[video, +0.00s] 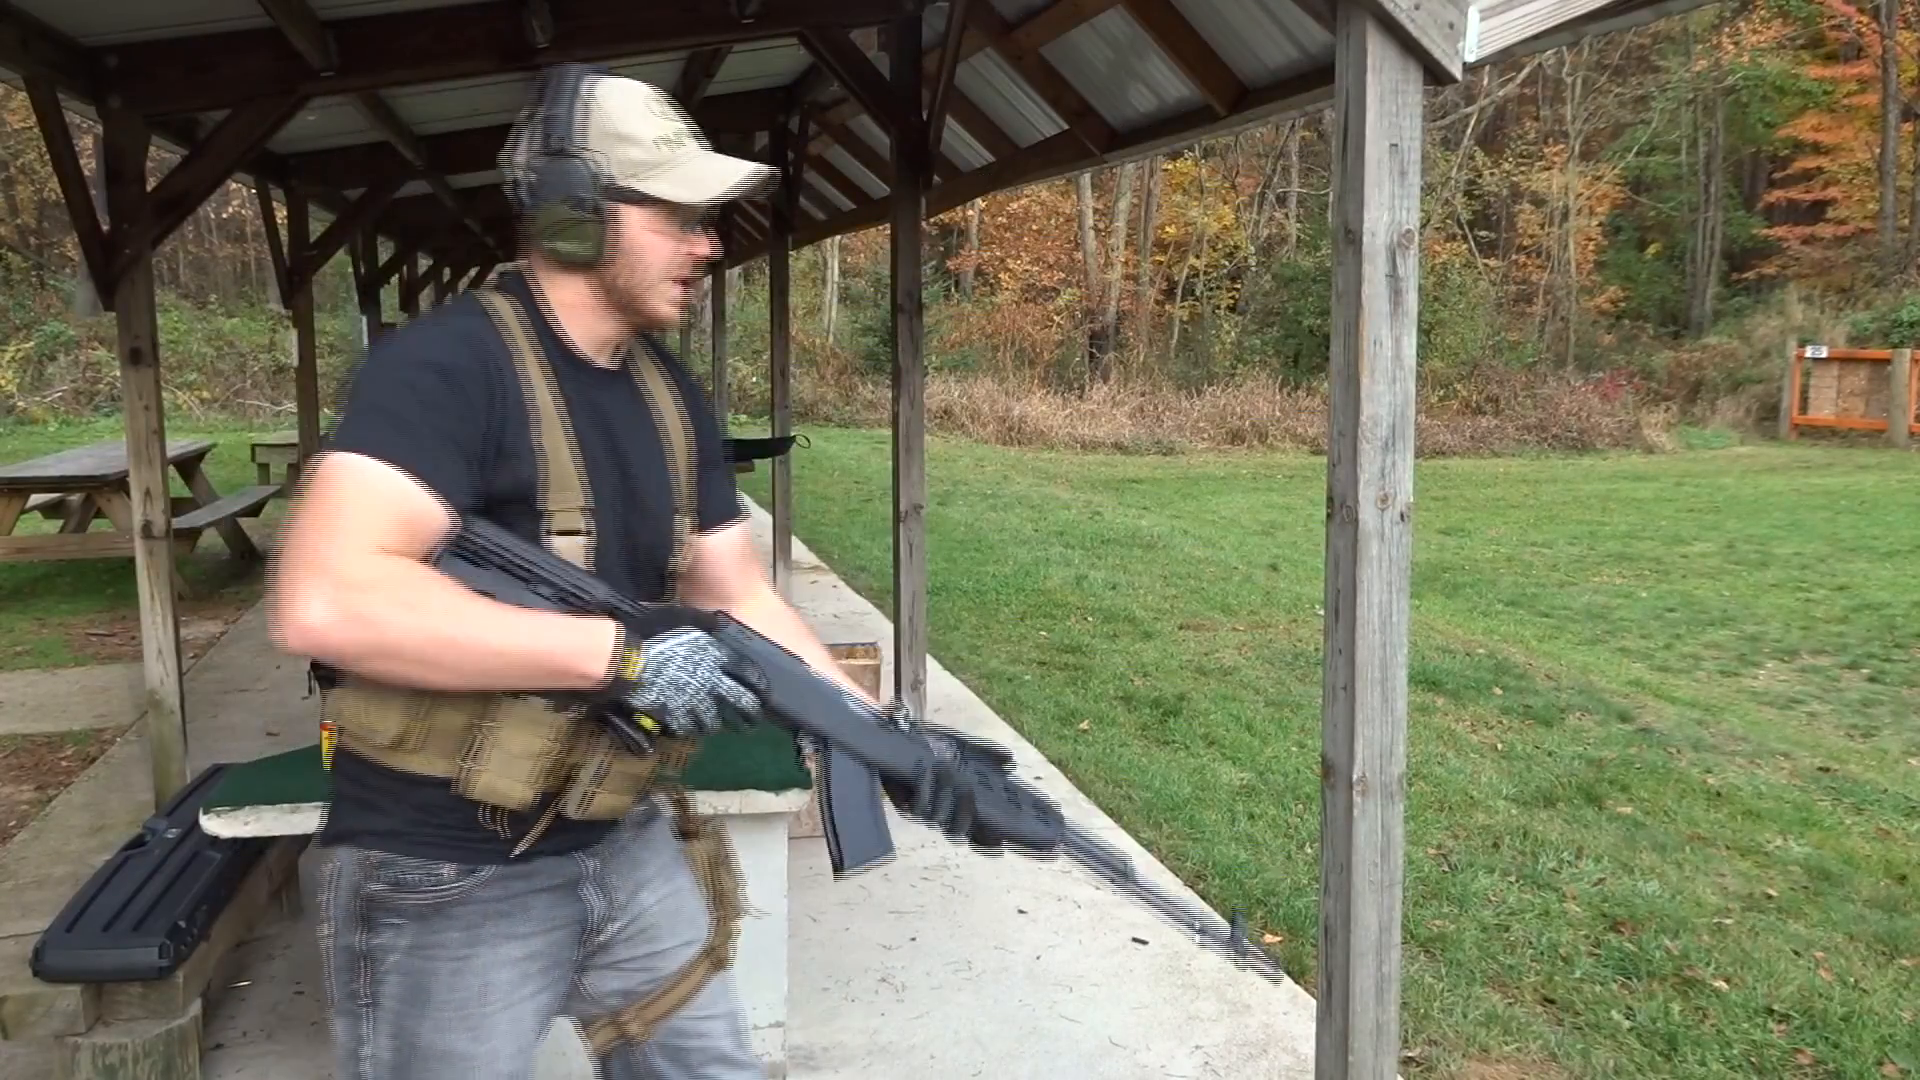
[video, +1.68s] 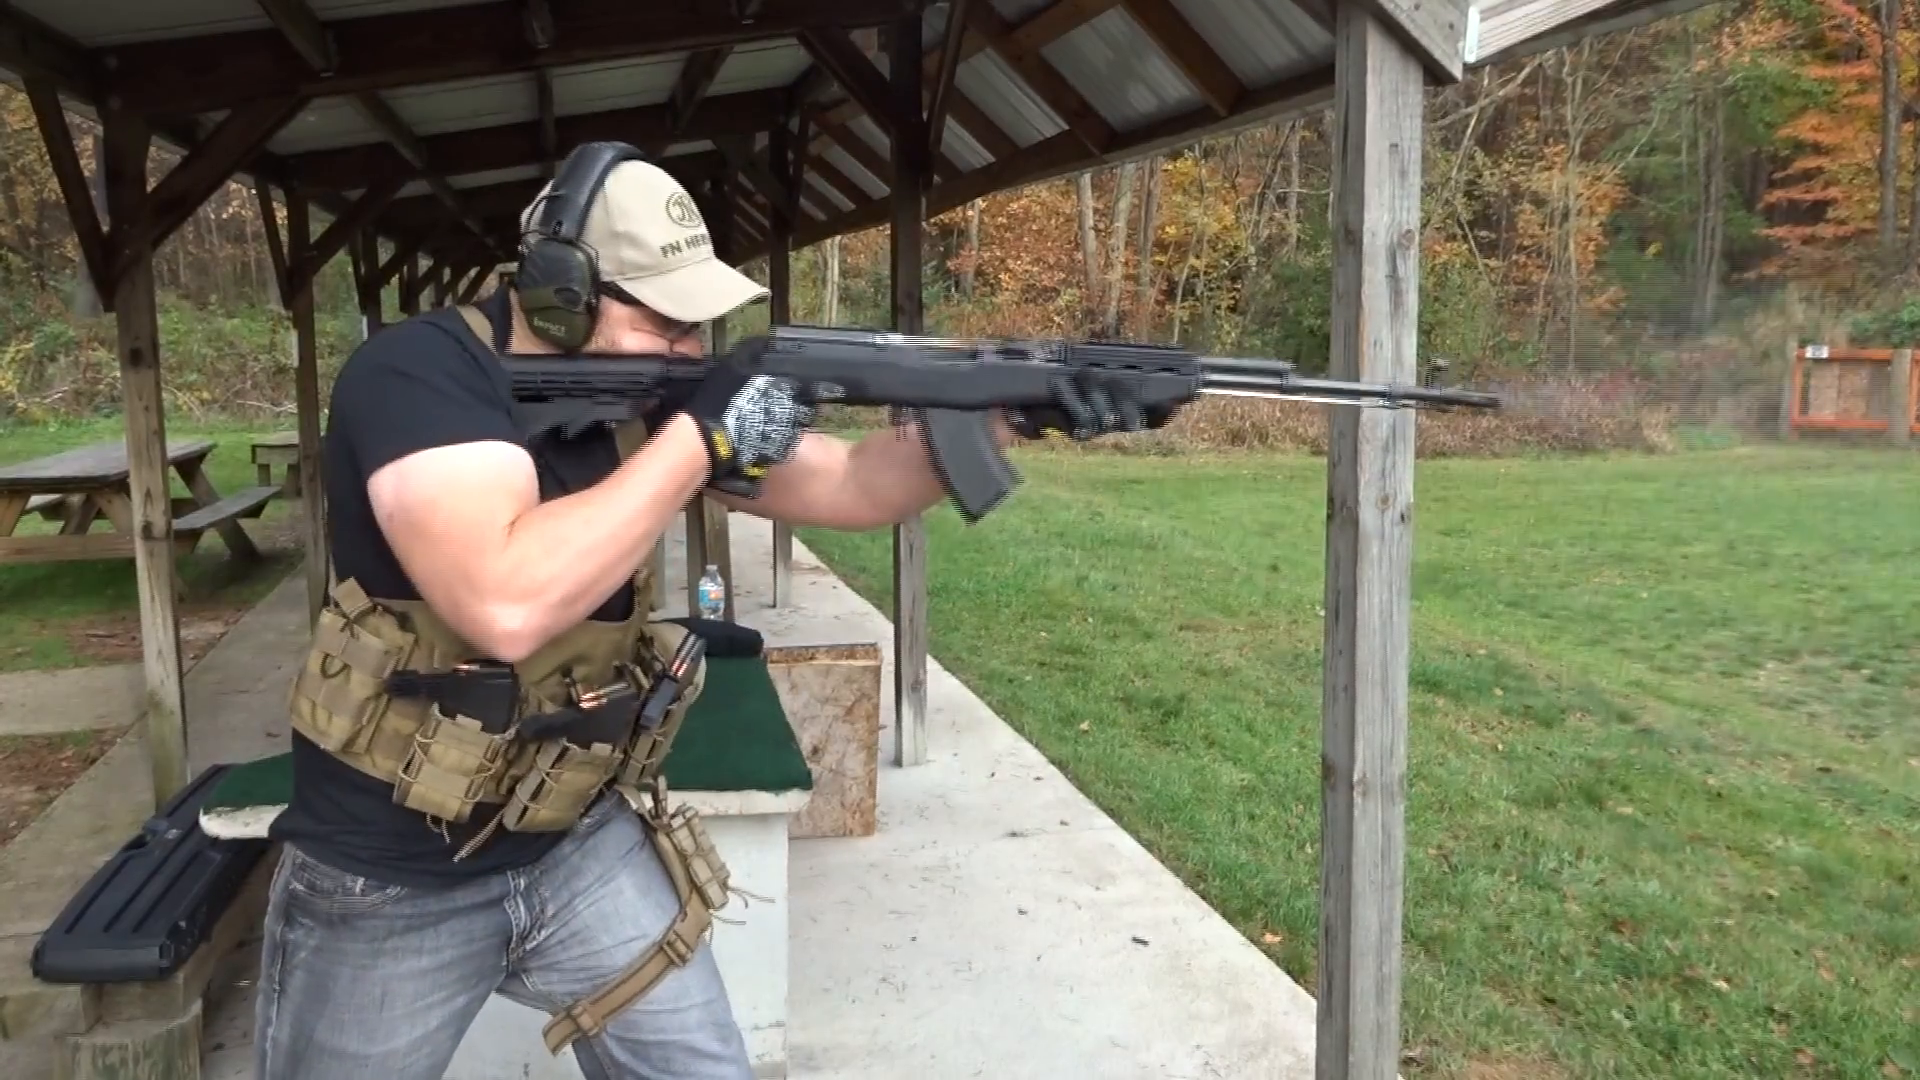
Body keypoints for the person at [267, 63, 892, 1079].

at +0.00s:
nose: (708, 250)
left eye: (709, 225)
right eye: (681, 220)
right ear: (577, 217)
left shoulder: (667, 394)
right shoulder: (442, 365)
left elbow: (742, 598)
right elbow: (328, 600)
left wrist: (884, 738)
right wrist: (619, 651)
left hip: (627, 850)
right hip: (442, 880)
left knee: (713, 1064)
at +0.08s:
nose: (760, 260)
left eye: (761, 234)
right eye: (733, 231)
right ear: (632, 228)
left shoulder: (718, 401)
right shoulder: (495, 366)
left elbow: (772, 610)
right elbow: (381, 601)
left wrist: (901, 764)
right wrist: (656, 670)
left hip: (663, 842)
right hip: (473, 869)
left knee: (739, 1066)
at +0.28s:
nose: (877, 290)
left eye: (875, 265)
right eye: (854, 263)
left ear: (778, 266)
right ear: (762, 260)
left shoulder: (801, 432)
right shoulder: (619, 366)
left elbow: (845, 631)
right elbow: (509, 580)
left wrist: (948, 783)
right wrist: (755, 677)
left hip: (690, 836)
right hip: (508, 851)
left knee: (766, 1066)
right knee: (445, 1067)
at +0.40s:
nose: (861, 301)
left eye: (861, 276)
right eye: (839, 274)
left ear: (767, 274)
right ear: (748, 269)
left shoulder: (800, 440)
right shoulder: (602, 376)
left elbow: (862, 619)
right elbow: (595, 582)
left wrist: (986, 706)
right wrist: (847, 627)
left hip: (666, 838)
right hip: (476, 851)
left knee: (762, 1067)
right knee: (399, 1067)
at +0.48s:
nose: (834, 306)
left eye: (834, 281)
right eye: (811, 279)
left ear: (737, 282)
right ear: (715, 271)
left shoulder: (772, 427)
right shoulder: (577, 380)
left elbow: (878, 616)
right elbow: (624, 582)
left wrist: (1053, 664)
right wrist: (867, 585)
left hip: (651, 832)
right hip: (459, 855)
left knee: (753, 1066)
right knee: (369, 1071)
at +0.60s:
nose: (781, 318)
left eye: (782, 293)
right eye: (759, 291)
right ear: (669, 279)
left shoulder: (714, 427)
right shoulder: (517, 388)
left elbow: (891, 564)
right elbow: (617, 602)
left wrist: (1077, 543)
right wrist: (833, 505)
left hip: (608, 845)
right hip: (415, 874)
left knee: (730, 1063)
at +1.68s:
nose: (686, 347)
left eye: (692, 324)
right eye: (661, 320)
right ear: (563, 294)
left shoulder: (639, 401)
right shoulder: (411, 377)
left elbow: (855, 481)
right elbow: (508, 602)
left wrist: (1024, 404)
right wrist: (699, 429)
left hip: (585, 842)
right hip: (389, 881)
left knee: (705, 1068)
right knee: (327, 1077)